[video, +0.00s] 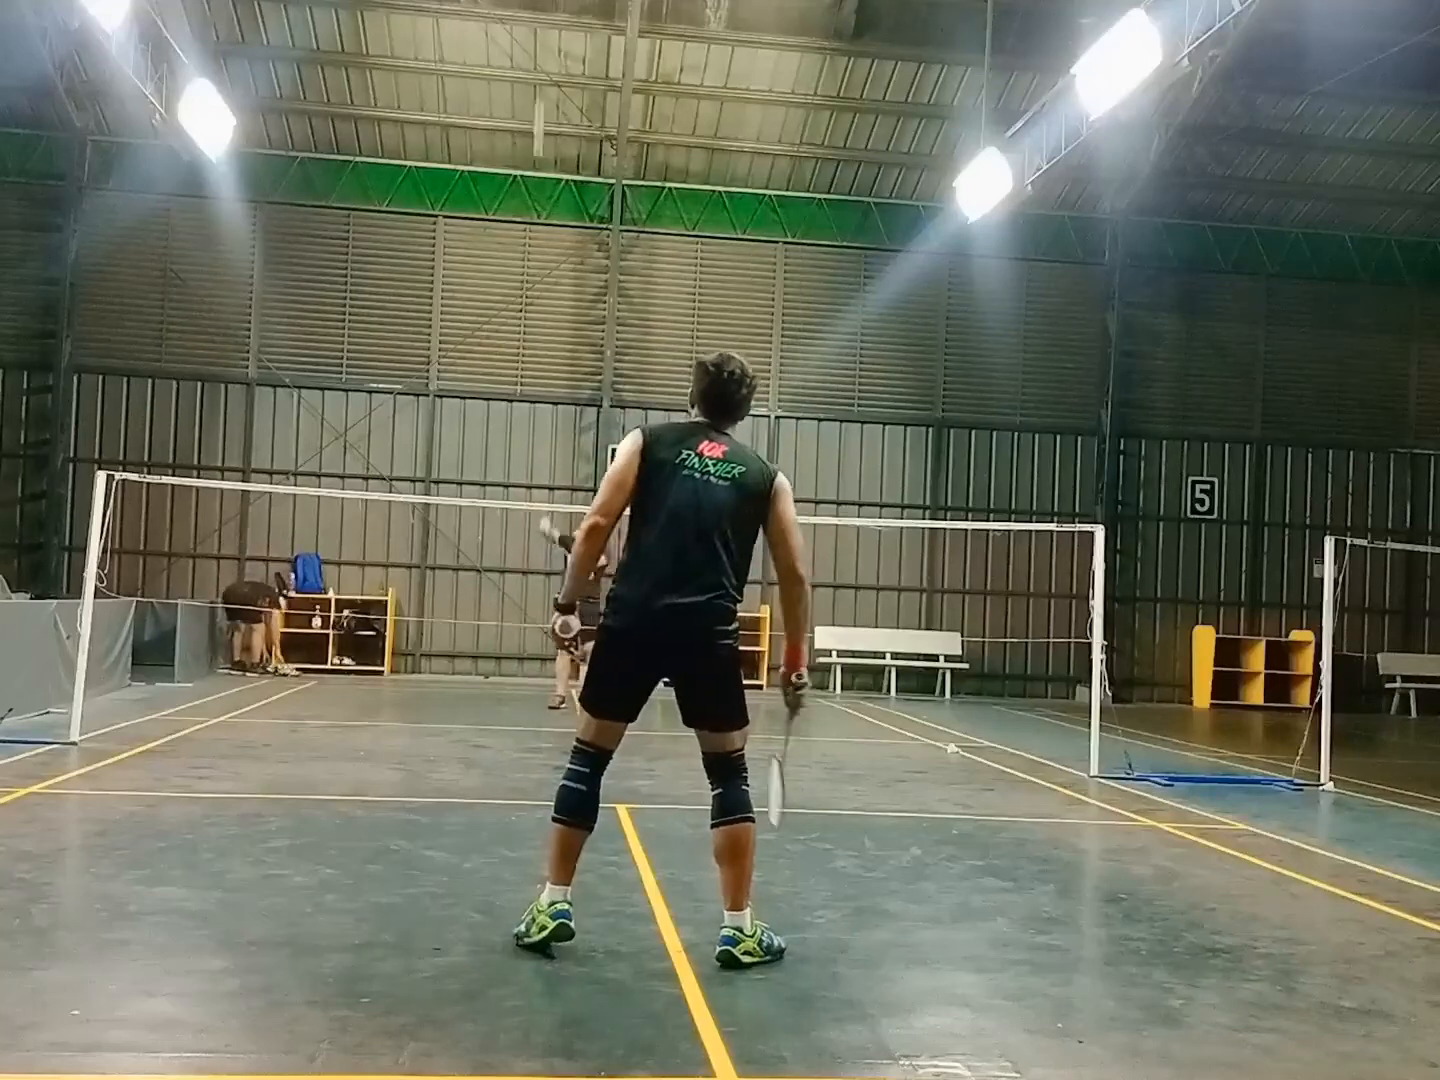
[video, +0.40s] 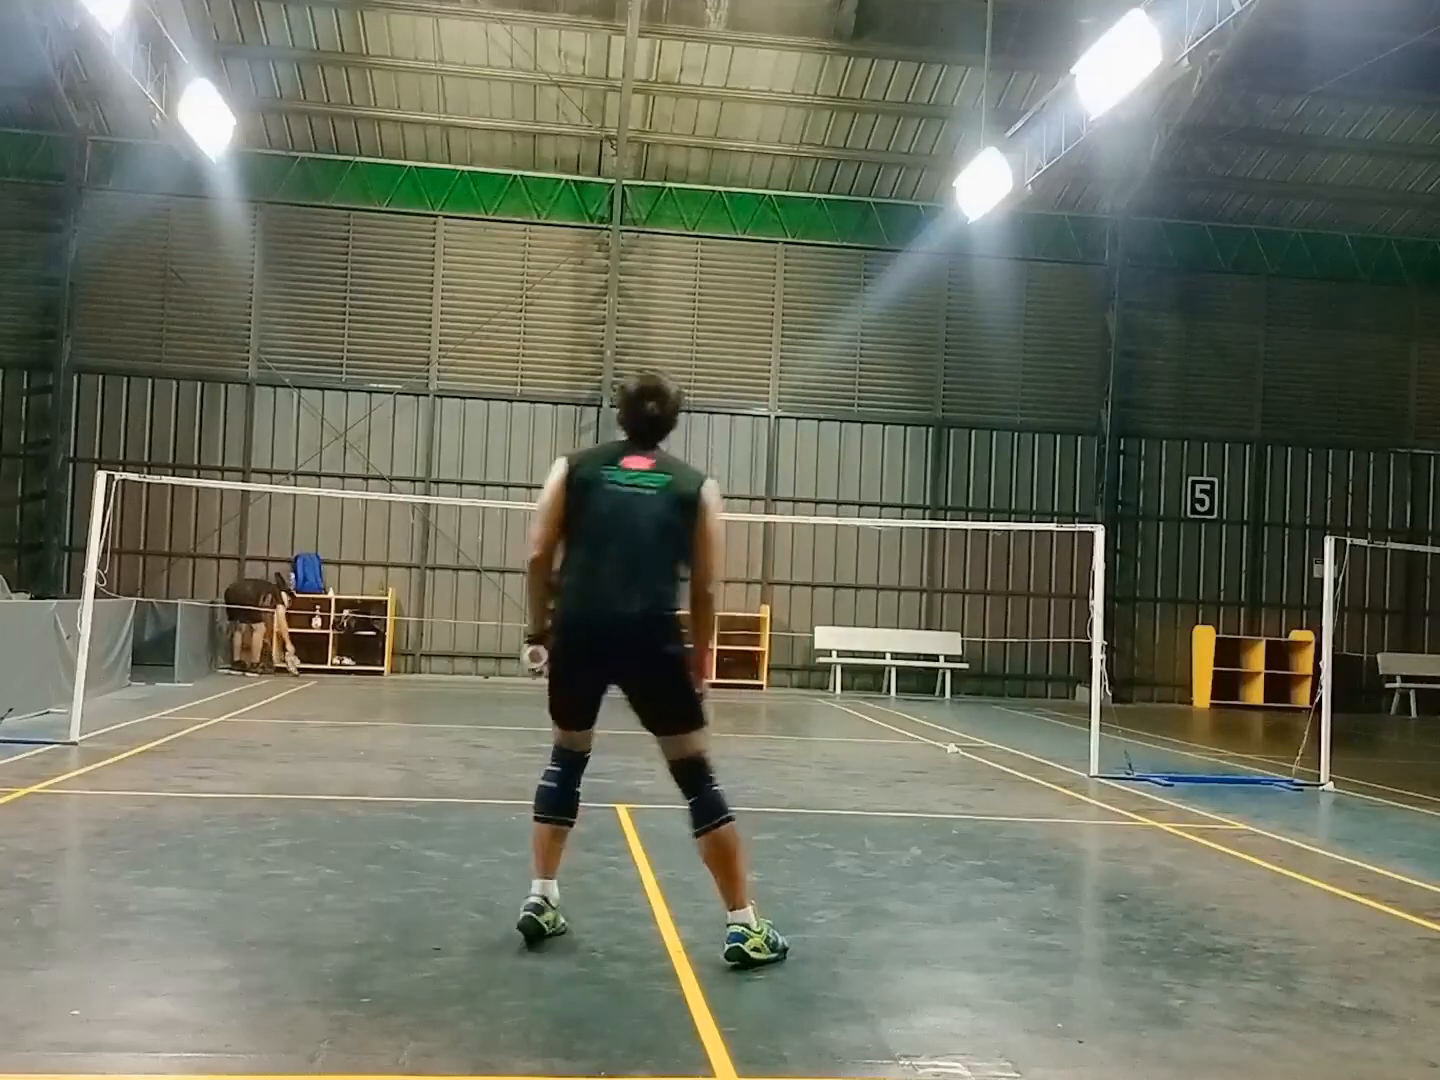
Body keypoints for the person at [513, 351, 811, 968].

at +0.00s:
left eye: (696, 394)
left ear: (691, 400)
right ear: (743, 410)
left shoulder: (644, 443)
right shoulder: (766, 476)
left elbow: (597, 523)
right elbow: (793, 571)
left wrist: (568, 604)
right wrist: (796, 653)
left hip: (631, 629)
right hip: (709, 638)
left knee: (588, 758)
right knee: (728, 772)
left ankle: (554, 901)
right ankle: (738, 926)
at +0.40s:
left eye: (630, 411)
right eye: (661, 419)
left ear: (620, 420)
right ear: (671, 426)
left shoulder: (574, 469)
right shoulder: (695, 486)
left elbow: (540, 555)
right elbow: (704, 582)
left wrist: (538, 631)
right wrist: (703, 648)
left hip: (578, 638)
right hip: (652, 643)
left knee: (566, 757)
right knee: (696, 776)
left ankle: (541, 896)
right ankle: (743, 921)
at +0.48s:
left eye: (611, 392)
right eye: (642, 397)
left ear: (598, 399)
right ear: (649, 404)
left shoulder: (552, 453)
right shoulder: (673, 467)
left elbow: (513, 540)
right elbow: (671, 569)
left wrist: (519, 606)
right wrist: (671, 642)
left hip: (555, 621)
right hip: (624, 626)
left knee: (561, 740)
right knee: (660, 764)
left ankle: (538, 877)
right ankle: (694, 920)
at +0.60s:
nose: (606, 397)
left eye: (594, 384)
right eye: (622, 392)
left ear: (572, 392)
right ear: (625, 398)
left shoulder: (530, 446)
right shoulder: (646, 461)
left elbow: (487, 538)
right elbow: (647, 569)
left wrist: (500, 571)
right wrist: (653, 652)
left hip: (532, 618)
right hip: (600, 622)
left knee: (558, 747)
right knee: (634, 765)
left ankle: (521, 885)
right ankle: (598, 924)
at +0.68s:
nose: (590, 419)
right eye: (597, 411)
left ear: (547, 415)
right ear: (599, 419)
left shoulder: (505, 465)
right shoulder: (617, 488)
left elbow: (447, 531)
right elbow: (625, 596)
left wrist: (489, 494)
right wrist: (658, 668)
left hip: (515, 647)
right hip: (574, 651)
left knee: (554, 766)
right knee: (611, 787)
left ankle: (520, 905)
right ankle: (523, 905)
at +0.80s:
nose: (578, 421)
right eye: (580, 413)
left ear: (526, 419)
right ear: (580, 425)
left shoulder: (487, 458)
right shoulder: (588, 503)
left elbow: (419, 478)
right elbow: (599, 610)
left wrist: (459, 415)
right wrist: (664, 657)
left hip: (491, 650)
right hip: (546, 656)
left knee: (546, 770)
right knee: (567, 804)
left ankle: (511, 900)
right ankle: (470, 914)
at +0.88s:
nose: (565, 399)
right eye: (566, 392)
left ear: (504, 396)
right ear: (562, 405)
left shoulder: (475, 428)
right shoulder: (561, 485)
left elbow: (406, 450)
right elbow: (569, 598)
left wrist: (430, 386)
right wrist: (657, 621)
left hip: (462, 634)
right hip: (509, 645)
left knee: (491, 760)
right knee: (528, 803)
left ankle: (490, 890)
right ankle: (429, 950)